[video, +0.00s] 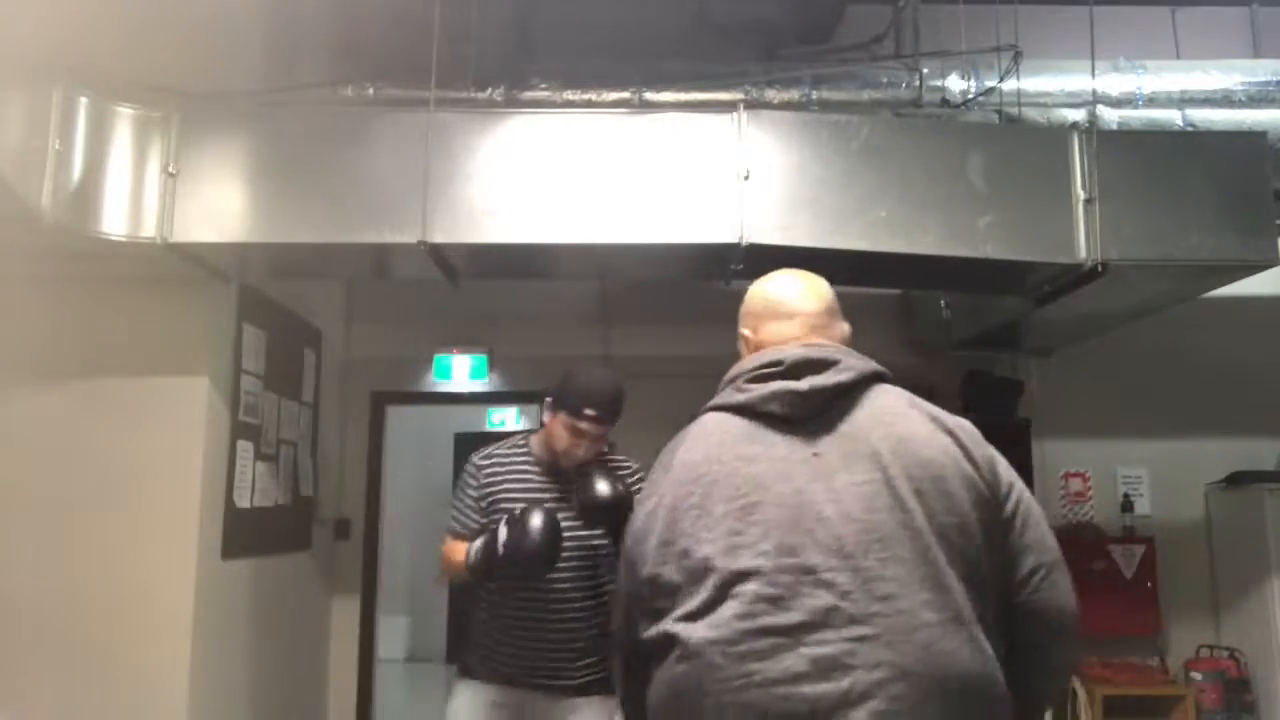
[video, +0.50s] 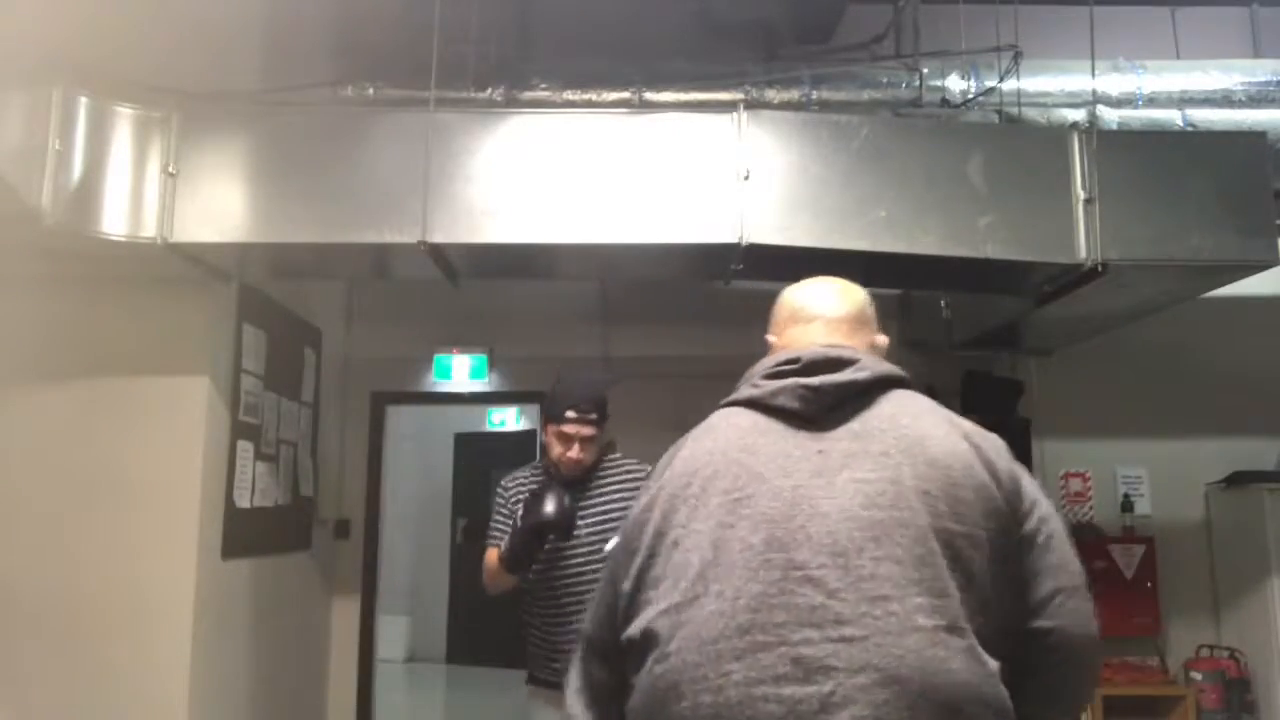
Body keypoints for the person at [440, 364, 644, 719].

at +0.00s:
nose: (585, 450)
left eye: (597, 439)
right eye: (576, 434)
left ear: (610, 434)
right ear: (549, 413)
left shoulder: (624, 476)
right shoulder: (487, 467)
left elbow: (656, 565)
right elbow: (450, 558)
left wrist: (623, 521)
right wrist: (493, 548)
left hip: (589, 691)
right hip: (494, 683)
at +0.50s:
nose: (575, 453)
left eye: (588, 441)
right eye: (564, 440)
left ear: (603, 435)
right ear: (544, 431)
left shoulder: (638, 479)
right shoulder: (515, 489)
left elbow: (671, 553)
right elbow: (493, 583)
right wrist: (527, 539)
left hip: (626, 674)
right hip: (550, 680)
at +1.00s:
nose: (644, 429)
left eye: (655, 420)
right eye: (633, 417)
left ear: (667, 424)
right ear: (606, 417)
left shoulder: (683, 468)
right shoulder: (564, 462)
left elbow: (736, 537)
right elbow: (532, 533)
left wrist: (719, 461)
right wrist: (590, 474)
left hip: (663, 688)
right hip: (577, 683)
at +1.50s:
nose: (571, 446)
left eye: (581, 437)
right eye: (562, 432)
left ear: (591, 432)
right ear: (532, 417)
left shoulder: (601, 469)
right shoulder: (480, 473)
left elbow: (619, 559)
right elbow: (473, 560)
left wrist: (635, 538)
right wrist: (529, 509)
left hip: (592, 683)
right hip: (510, 687)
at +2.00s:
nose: (622, 443)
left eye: (630, 433)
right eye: (618, 425)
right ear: (581, 404)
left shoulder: (610, 475)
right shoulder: (496, 462)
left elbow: (625, 570)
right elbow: (467, 565)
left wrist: (651, 532)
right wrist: (562, 533)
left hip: (593, 692)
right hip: (508, 694)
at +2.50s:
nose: (527, 451)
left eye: (533, 440)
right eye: (520, 432)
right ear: (477, 412)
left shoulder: (497, 492)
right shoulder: (390, 480)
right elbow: (382, 594)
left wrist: (548, 573)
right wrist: (477, 556)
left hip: (488, 704)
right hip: (405, 707)